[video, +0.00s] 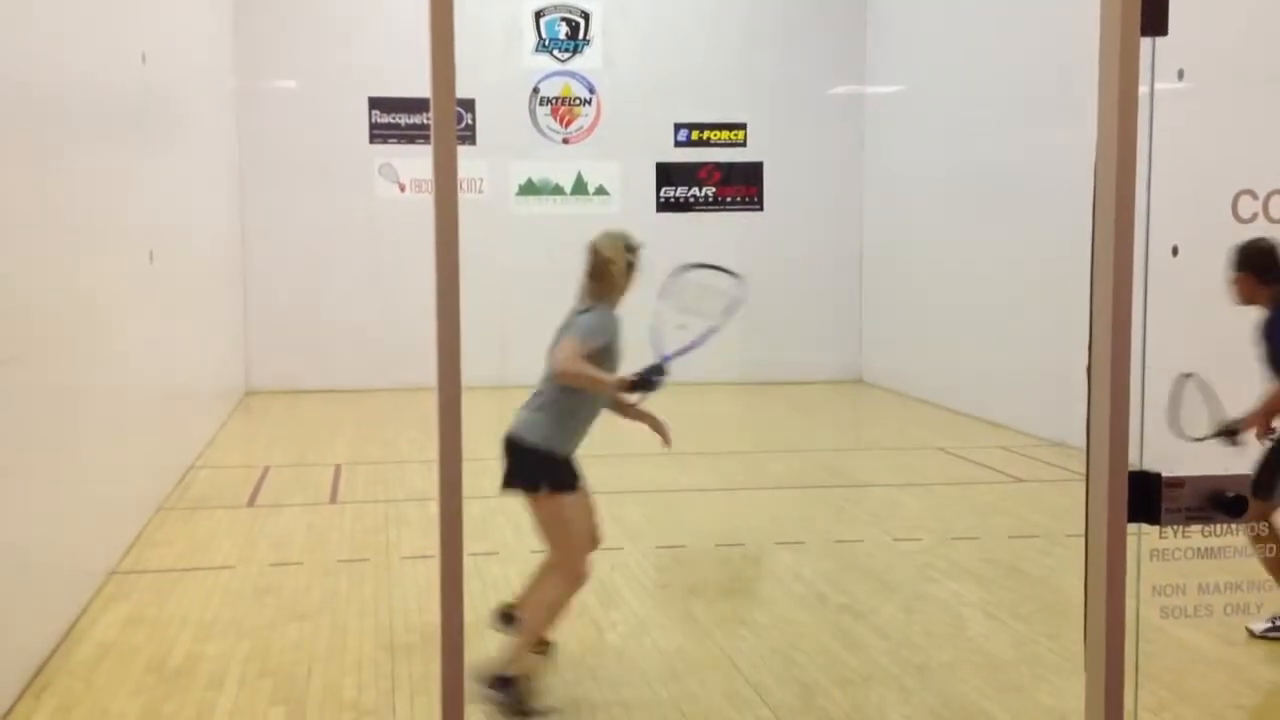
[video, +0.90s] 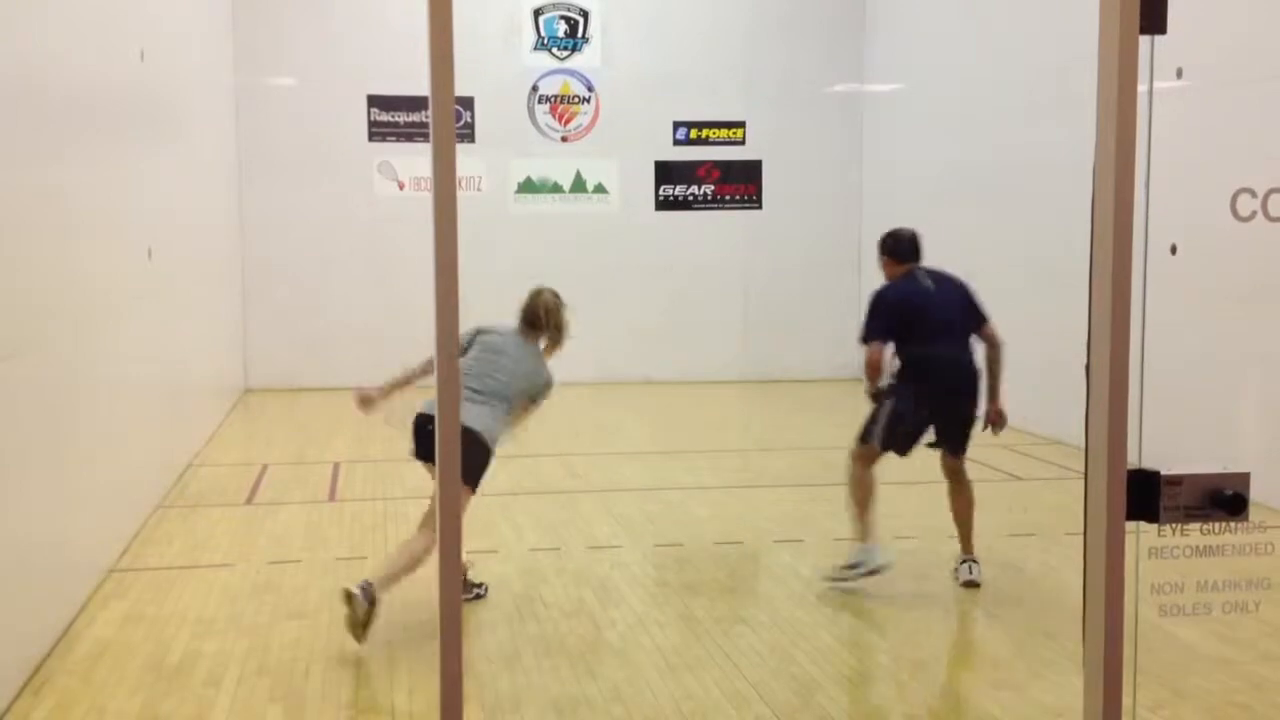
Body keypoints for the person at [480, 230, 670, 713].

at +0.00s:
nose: (633, 276)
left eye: (632, 268)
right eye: (632, 268)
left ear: (595, 268)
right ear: (624, 272)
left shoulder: (599, 320)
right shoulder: (595, 318)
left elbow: (591, 388)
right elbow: (563, 364)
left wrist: (641, 416)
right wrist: (618, 385)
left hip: (548, 446)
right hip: (537, 448)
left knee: (584, 540)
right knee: (570, 563)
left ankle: (522, 613)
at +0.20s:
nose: (590, 312)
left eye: (589, 303)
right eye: (591, 303)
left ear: (552, 299)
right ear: (586, 309)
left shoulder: (554, 352)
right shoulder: (543, 349)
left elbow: (568, 412)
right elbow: (510, 396)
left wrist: (594, 409)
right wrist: (567, 405)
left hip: (507, 474)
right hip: (491, 475)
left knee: (538, 551)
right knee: (507, 580)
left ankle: (473, 621)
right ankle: (459, 691)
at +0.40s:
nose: (591, 293)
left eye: (592, 286)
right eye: (591, 285)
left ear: (559, 278)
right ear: (577, 285)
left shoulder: (559, 325)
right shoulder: (536, 316)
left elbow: (576, 378)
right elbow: (497, 341)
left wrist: (592, 384)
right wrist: (550, 353)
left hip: (475, 429)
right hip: (461, 430)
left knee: (505, 515)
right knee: (501, 526)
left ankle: (469, 612)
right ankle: (460, 631)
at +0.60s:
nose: (585, 328)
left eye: (586, 320)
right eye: (585, 320)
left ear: (560, 312)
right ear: (572, 321)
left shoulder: (547, 357)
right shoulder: (522, 339)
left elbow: (545, 407)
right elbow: (503, 355)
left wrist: (556, 442)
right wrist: (513, 353)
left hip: (463, 439)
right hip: (444, 439)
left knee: (482, 503)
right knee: (473, 539)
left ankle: (465, 581)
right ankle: (453, 645)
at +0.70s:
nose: (575, 342)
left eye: (578, 334)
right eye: (577, 334)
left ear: (541, 320)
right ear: (565, 332)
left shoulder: (509, 347)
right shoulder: (531, 373)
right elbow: (544, 440)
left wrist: (546, 410)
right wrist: (546, 413)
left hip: (425, 428)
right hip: (448, 444)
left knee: (469, 492)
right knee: (452, 544)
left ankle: (458, 582)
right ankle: (447, 639)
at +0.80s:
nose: (565, 346)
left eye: (567, 338)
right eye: (567, 338)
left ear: (537, 322)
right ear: (560, 336)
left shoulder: (491, 334)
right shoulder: (541, 383)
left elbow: (446, 364)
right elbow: (548, 448)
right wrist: (559, 483)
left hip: (414, 424)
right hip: (455, 441)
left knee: (443, 510)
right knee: (443, 538)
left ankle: (454, 575)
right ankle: (402, 607)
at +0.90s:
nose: (555, 328)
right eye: (555, 322)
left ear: (522, 314)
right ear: (553, 326)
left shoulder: (483, 334)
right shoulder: (542, 377)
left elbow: (430, 365)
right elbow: (513, 418)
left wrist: (382, 392)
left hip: (429, 423)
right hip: (473, 442)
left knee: (448, 504)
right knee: (429, 531)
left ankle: (457, 578)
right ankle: (372, 589)